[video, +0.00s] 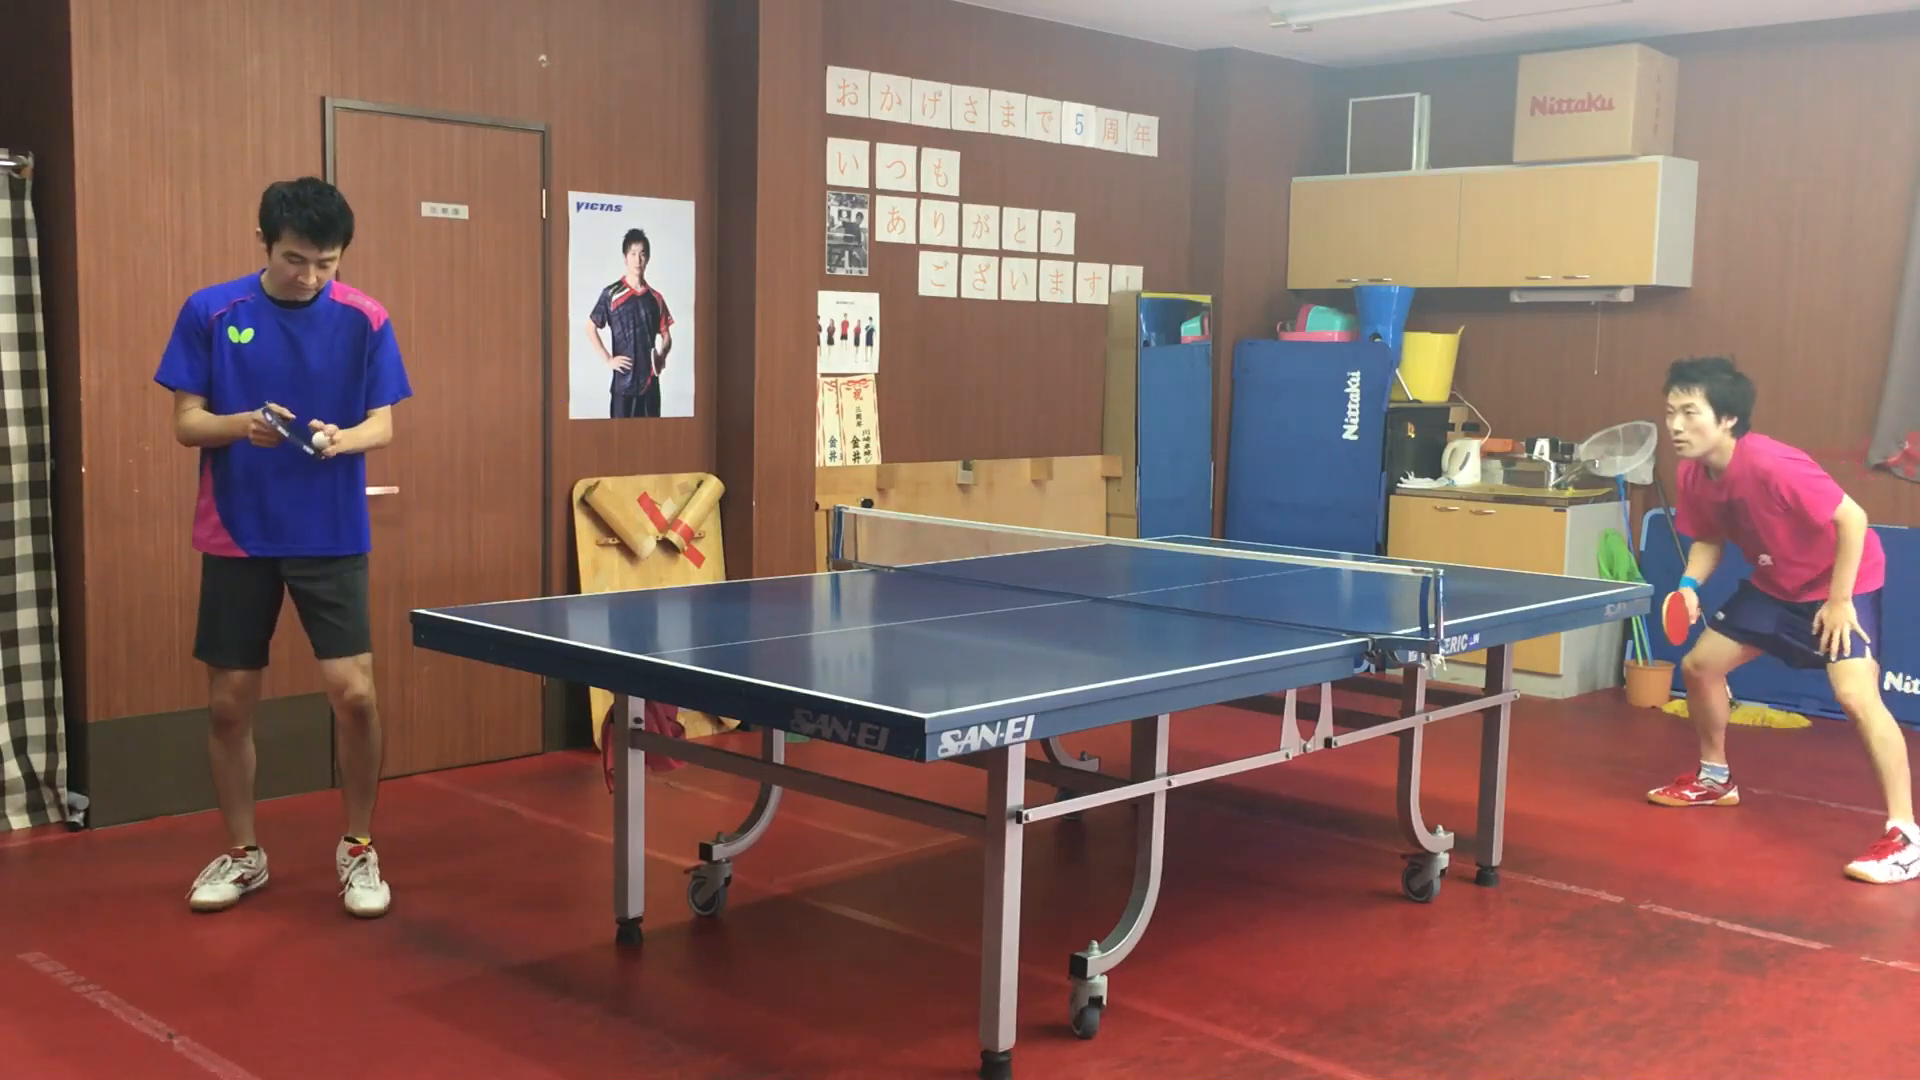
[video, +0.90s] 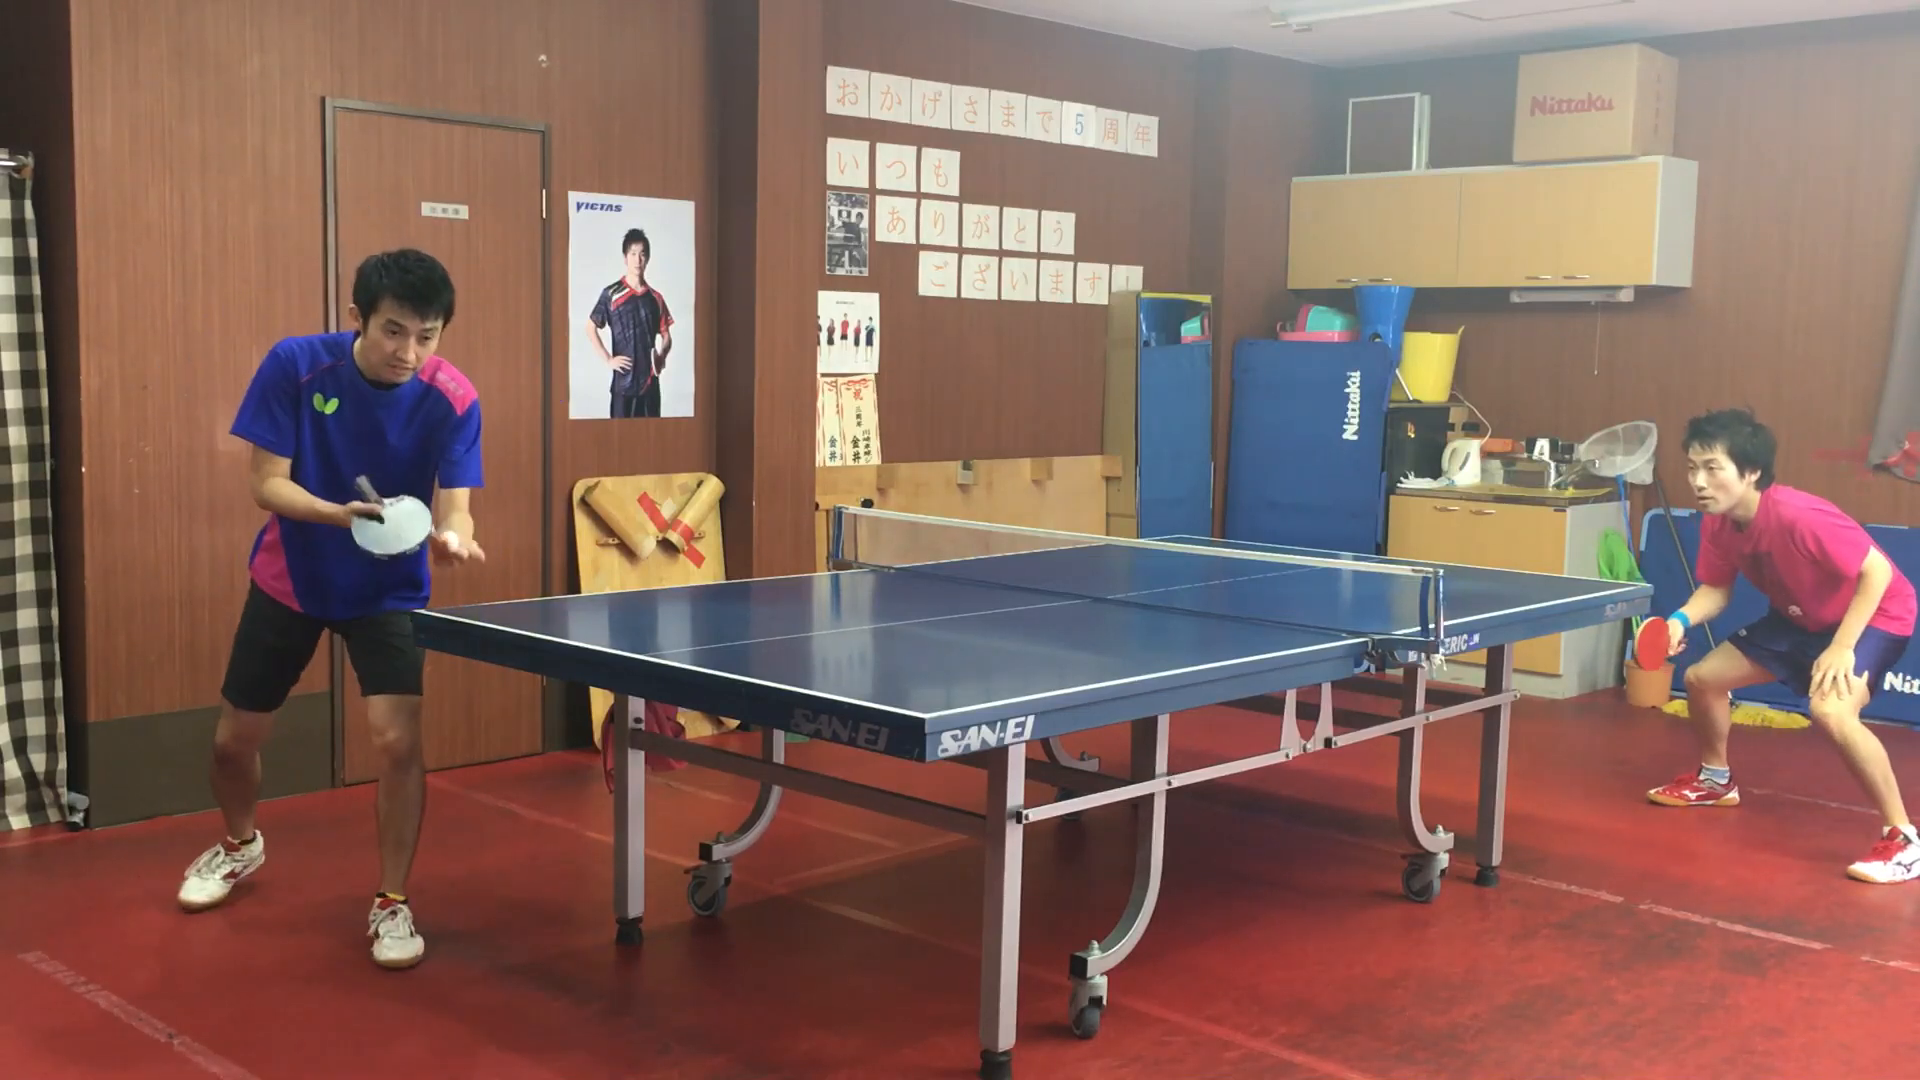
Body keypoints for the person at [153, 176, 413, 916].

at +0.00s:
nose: (309, 278)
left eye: (324, 263)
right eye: (296, 261)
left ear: (340, 253)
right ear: (266, 244)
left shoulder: (364, 319)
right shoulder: (211, 313)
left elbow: (382, 426)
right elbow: (188, 425)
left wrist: (345, 439)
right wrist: (247, 425)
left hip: (332, 546)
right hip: (239, 545)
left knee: (355, 698)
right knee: (229, 707)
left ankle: (358, 848)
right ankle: (244, 853)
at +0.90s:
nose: (406, 353)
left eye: (424, 338)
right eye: (393, 334)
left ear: (439, 332)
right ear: (360, 319)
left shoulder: (451, 399)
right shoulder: (297, 365)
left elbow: (455, 508)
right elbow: (267, 485)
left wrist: (454, 536)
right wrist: (336, 512)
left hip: (385, 587)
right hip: (291, 577)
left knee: (399, 744)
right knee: (232, 744)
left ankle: (392, 901)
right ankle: (240, 844)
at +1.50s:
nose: (262, 319)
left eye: (273, 301)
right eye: (241, 305)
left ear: (291, 307)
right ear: (211, 319)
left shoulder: (332, 373)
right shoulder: (184, 396)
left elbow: (419, 442)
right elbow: (178, 500)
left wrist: (374, 420)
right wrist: (201, 530)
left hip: (335, 595)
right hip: (237, 602)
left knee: (373, 733)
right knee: (177, 763)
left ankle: (391, 899)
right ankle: (180, 853)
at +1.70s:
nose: (201, 319)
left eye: (210, 301)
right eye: (178, 309)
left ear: (232, 309)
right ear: (154, 331)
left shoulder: (286, 387)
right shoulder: (148, 396)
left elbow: (388, 460)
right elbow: (137, 467)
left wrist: (340, 514)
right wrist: (68, 495)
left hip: (308, 593)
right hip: (210, 602)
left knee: (361, 727)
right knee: (157, 764)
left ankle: (392, 897)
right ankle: (179, 852)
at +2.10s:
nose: (291, 389)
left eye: (292, 373)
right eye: (275, 378)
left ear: (296, 368)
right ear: (217, 388)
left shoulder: (322, 429)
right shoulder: (156, 470)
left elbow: (365, 495)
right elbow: (144, 572)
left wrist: (365, 578)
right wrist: (175, 615)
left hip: (329, 644)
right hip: (226, 663)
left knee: (403, 759)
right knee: (184, 825)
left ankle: (354, 906)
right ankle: (166, 849)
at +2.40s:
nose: (364, 300)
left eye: (364, 282)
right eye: (356, 282)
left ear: (308, 284)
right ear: (305, 283)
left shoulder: (306, 368)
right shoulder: (203, 367)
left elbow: (272, 476)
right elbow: (150, 509)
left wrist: (322, 539)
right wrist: (273, 560)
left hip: (239, 600)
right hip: (156, 600)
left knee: (332, 745)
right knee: (190, 795)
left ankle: (323, 911)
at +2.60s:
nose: (333, 350)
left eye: (331, 331)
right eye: (322, 331)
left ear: (267, 343)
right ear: (271, 344)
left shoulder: (243, 428)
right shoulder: (196, 428)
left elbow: (218, 537)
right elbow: (166, 582)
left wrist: (301, 584)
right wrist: (315, 614)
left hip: (130, 661)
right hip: (72, 671)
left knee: (233, 762)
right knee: (132, 877)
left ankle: (228, 934)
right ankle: (13, 1067)